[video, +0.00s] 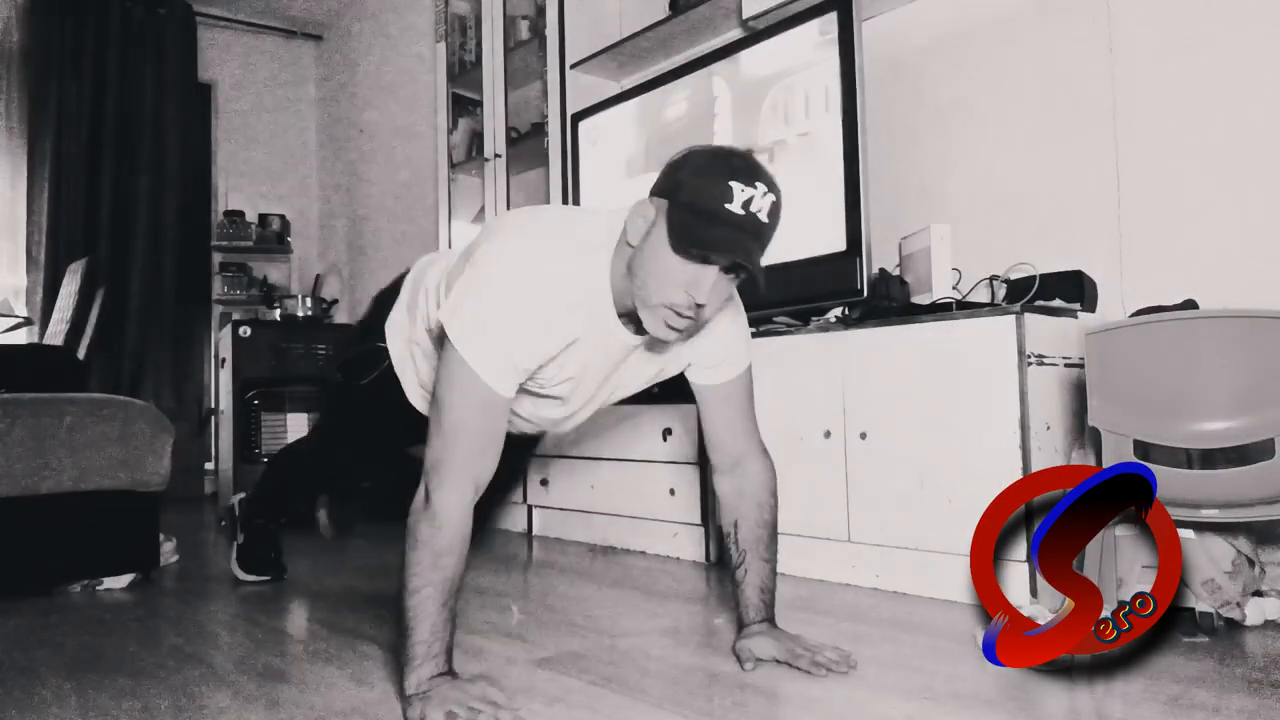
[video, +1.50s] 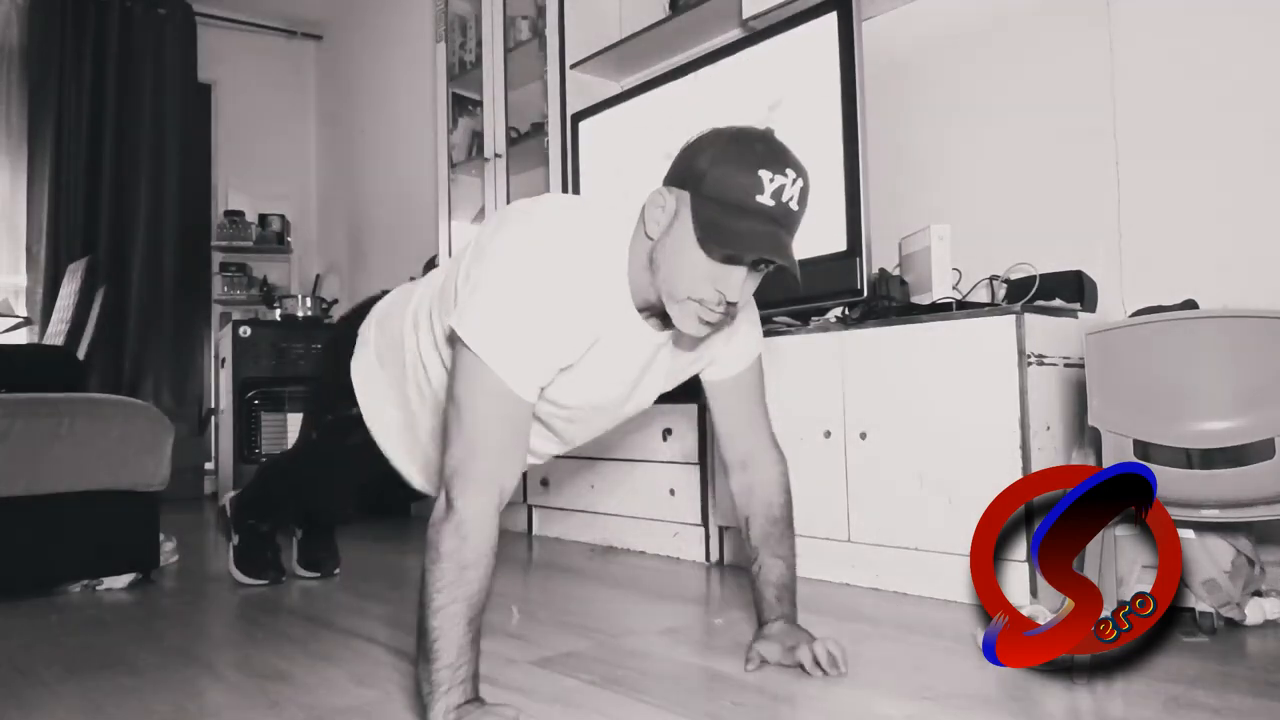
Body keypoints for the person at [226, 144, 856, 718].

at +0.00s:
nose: (703, 294)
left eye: (729, 275)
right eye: (692, 255)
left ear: (745, 277)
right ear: (646, 222)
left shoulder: (712, 311)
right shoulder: (522, 270)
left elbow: (740, 463)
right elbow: (448, 495)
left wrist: (758, 624)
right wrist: (425, 677)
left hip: (512, 409)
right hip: (412, 357)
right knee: (330, 456)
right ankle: (255, 512)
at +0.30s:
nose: (690, 272)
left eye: (716, 249)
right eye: (677, 231)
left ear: (730, 257)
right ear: (628, 205)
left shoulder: (699, 313)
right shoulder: (513, 263)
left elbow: (731, 464)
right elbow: (471, 492)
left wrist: (758, 621)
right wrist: (456, 699)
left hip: (480, 433)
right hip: (398, 384)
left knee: (385, 499)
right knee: (320, 467)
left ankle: (324, 513)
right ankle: (252, 513)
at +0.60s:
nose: (709, 270)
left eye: (734, 245)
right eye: (692, 229)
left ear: (748, 244)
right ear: (636, 202)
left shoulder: (705, 307)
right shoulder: (514, 263)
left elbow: (733, 468)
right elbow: (459, 506)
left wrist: (757, 624)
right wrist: (451, 703)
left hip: (456, 447)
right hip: (366, 394)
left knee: (363, 497)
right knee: (309, 482)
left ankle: (308, 524)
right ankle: (249, 516)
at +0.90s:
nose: (718, 296)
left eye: (742, 274)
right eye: (705, 258)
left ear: (760, 268)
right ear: (650, 218)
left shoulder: (722, 323)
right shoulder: (529, 263)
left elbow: (744, 472)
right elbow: (464, 502)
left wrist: (756, 625)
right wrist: (451, 701)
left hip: (467, 454)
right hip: (384, 412)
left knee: (362, 503)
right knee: (312, 489)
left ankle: (303, 527)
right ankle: (247, 515)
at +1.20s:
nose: (726, 301)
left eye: (748, 281)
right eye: (715, 266)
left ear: (764, 272)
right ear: (657, 226)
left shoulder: (723, 321)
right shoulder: (533, 261)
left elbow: (744, 469)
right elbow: (471, 501)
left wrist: (757, 623)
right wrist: (451, 703)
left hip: (500, 465)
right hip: (406, 406)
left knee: (385, 498)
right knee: (328, 479)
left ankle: (320, 522)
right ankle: (265, 520)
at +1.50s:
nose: (735, 291)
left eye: (757, 269)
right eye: (724, 255)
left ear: (773, 260)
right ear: (662, 216)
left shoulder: (722, 312)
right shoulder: (536, 263)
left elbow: (756, 464)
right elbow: (470, 505)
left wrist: (780, 619)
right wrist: (451, 701)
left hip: (463, 438)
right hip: (383, 383)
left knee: (369, 493)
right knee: (315, 476)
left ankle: (315, 521)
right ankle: (250, 515)